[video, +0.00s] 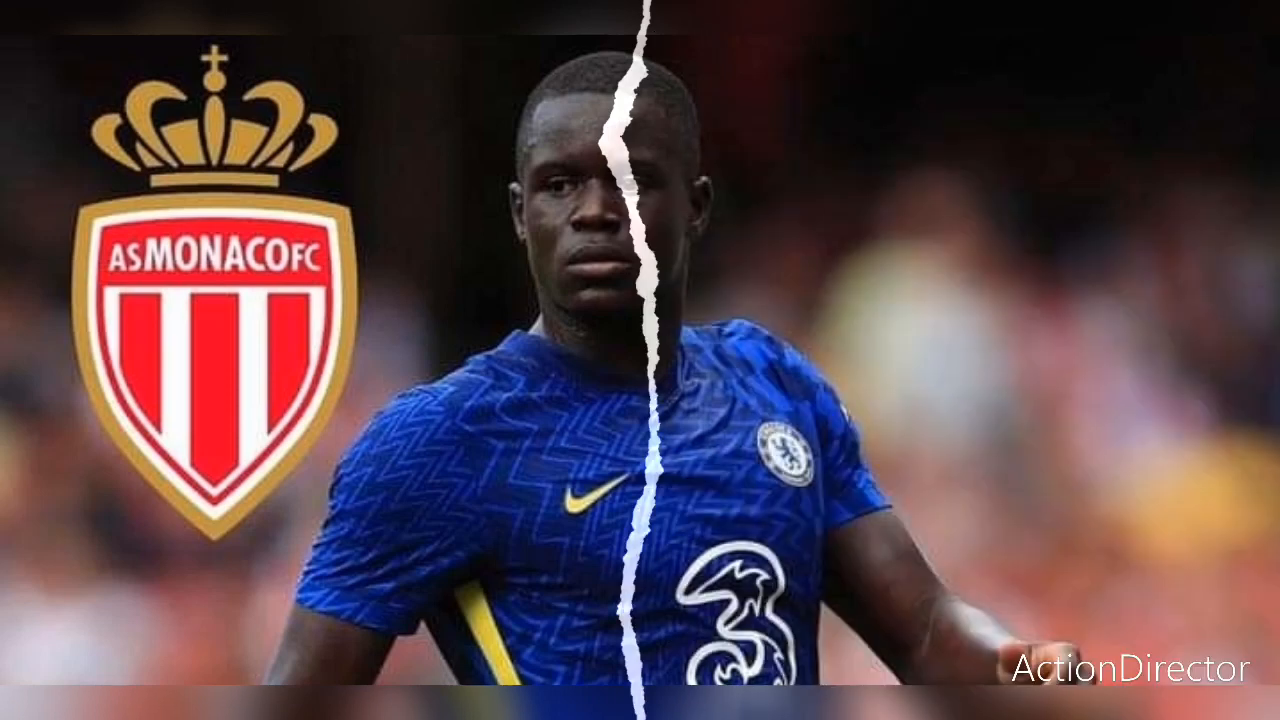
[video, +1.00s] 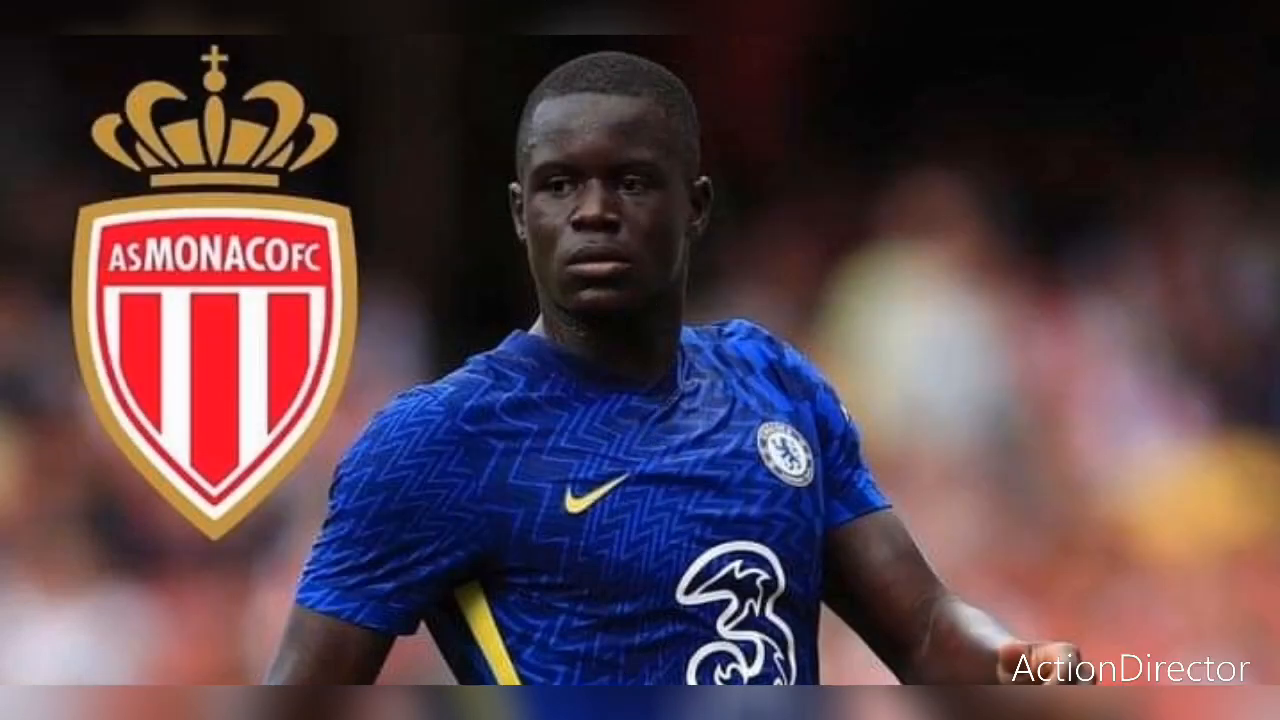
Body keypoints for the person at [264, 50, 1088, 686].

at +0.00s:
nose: (600, 209)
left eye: (636, 177)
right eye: (562, 180)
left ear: (698, 206)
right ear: (521, 213)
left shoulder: (773, 388)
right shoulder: (431, 444)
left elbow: (920, 625)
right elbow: (301, 691)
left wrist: (1019, 673)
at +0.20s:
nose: (600, 209)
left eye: (637, 177)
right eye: (562, 180)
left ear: (698, 207)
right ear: (521, 213)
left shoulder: (772, 388)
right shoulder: (431, 444)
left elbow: (921, 625)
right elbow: (301, 691)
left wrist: (1019, 673)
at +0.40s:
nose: (599, 208)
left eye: (635, 177)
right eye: (562, 181)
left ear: (697, 207)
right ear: (521, 214)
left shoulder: (771, 385)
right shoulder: (455, 428)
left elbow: (920, 624)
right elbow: (302, 687)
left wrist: (1017, 672)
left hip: (773, 708)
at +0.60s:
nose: (603, 217)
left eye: (639, 179)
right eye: (565, 181)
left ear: (699, 206)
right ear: (513, 205)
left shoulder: (770, 385)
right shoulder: (431, 446)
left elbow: (920, 625)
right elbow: (301, 692)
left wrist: (1018, 670)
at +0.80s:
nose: (596, 210)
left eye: (633, 179)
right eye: (560, 181)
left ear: (697, 207)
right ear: (522, 215)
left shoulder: (770, 385)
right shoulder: (433, 445)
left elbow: (920, 625)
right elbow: (301, 691)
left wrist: (1019, 674)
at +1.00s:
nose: (596, 210)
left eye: (633, 178)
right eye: (560, 181)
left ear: (697, 208)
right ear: (522, 215)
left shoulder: (770, 385)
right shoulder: (433, 445)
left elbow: (921, 625)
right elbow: (301, 692)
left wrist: (1019, 674)